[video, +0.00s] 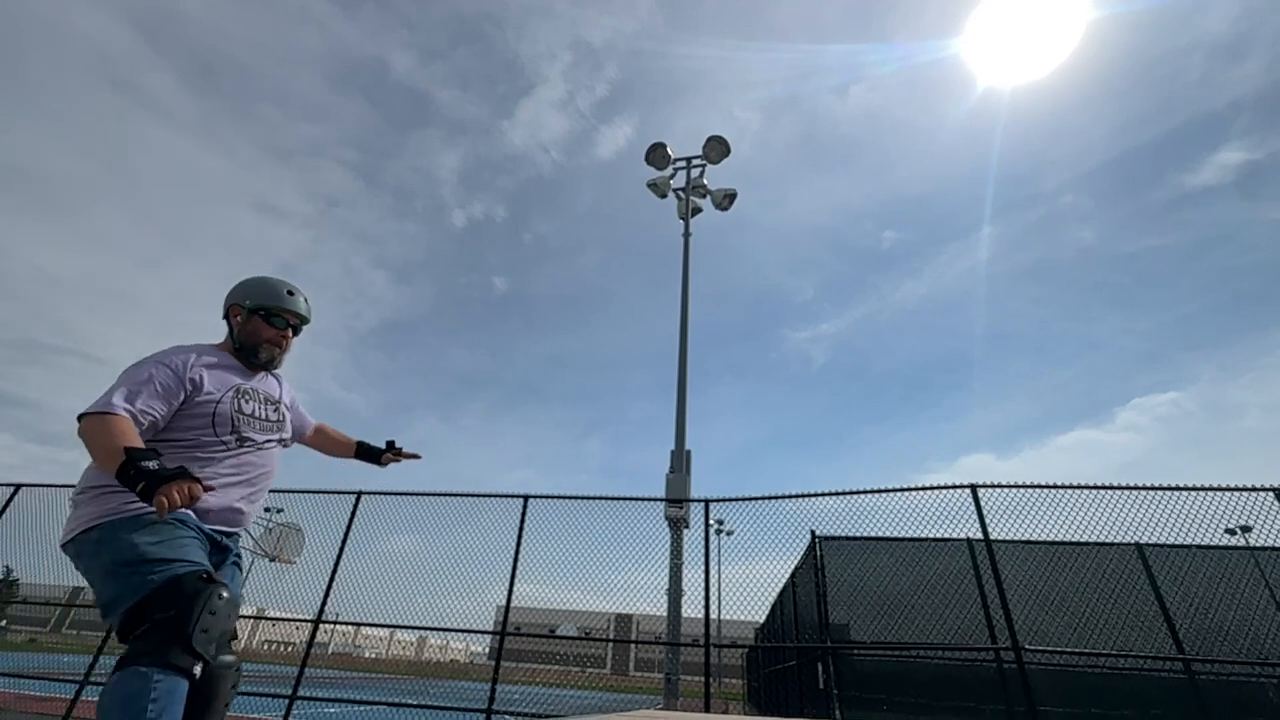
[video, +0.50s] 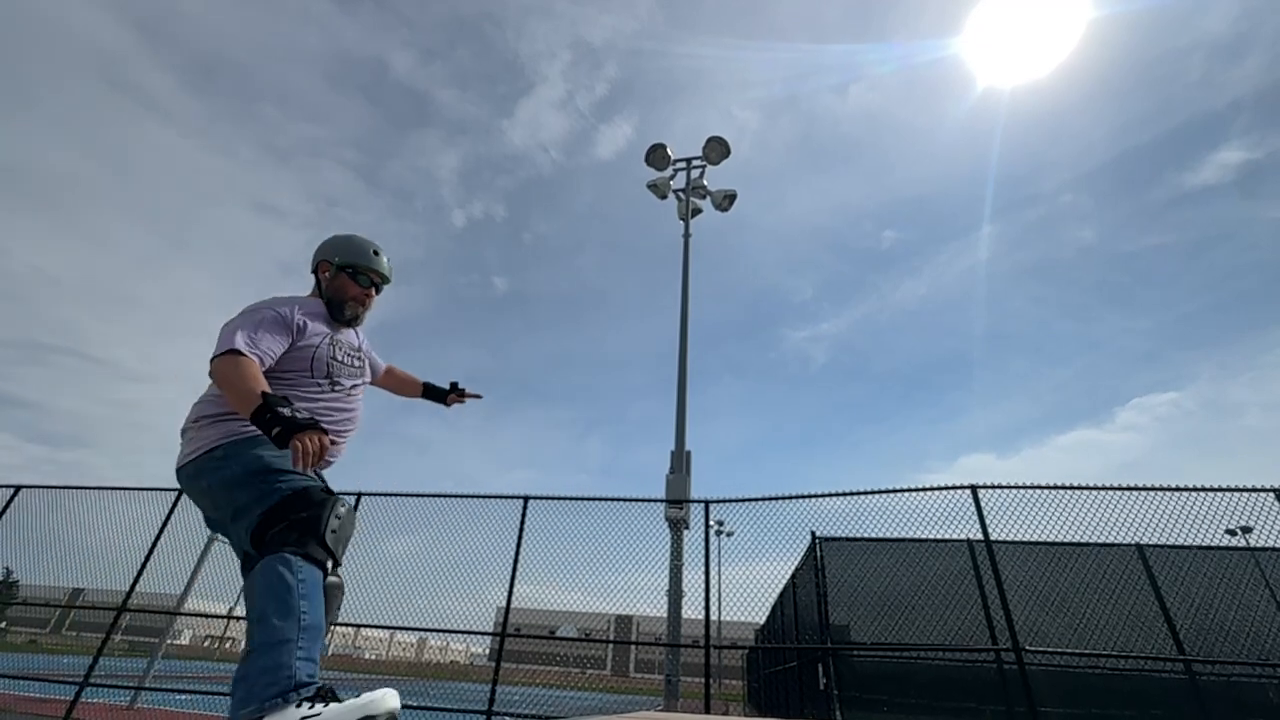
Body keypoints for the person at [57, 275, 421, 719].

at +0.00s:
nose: (286, 335)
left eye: (294, 330)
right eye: (275, 321)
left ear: (296, 339)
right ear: (237, 317)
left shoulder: (278, 393)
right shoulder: (184, 366)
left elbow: (313, 432)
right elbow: (101, 420)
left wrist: (373, 454)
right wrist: (149, 473)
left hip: (217, 538)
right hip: (136, 515)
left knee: (214, 669)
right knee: (187, 612)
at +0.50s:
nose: (368, 293)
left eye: (376, 287)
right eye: (359, 279)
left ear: (378, 296)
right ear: (325, 273)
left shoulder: (357, 346)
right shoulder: (286, 314)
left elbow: (385, 375)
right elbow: (230, 362)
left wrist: (437, 394)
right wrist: (280, 419)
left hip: (275, 463)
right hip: (229, 443)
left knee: (305, 565)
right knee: (302, 515)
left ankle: (269, 699)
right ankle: (281, 696)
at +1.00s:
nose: (442, 262)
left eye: (449, 256)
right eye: (434, 249)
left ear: (449, 260)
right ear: (402, 240)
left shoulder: (421, 305)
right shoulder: (368, 273)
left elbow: (449, 322)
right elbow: (344, 321)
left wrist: (496, 335)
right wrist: (397, 387)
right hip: (313, 392)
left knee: (429, 510)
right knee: (427, 440)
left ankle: (299, 658)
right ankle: (365, 567)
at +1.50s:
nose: (512, 242)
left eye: (518, 237)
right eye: (505, 229)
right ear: (474, 219)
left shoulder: (479, 273)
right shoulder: (452, 247)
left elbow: (507, 273)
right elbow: (449, 300)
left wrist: (551, 282)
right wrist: (493, 368)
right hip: (391, 354)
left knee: (507, 456)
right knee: (517, 402)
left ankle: (382, 517)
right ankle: (430, 439)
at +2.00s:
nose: (580, 231)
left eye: (585, 225)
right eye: (575, 216)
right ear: (544, 204)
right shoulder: (525, 232)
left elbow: (552, 237)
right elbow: (538, 287)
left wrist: (588, 237)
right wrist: (558, 358)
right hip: (467, 322)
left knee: (579, 433)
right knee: (600, 380)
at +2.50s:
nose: (646, 222)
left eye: (651, 215)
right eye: (642, 208)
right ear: (611, 196)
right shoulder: (600, 225)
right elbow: (607, 281)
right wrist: (613, 350)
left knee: (625, 423)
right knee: (664, 367)